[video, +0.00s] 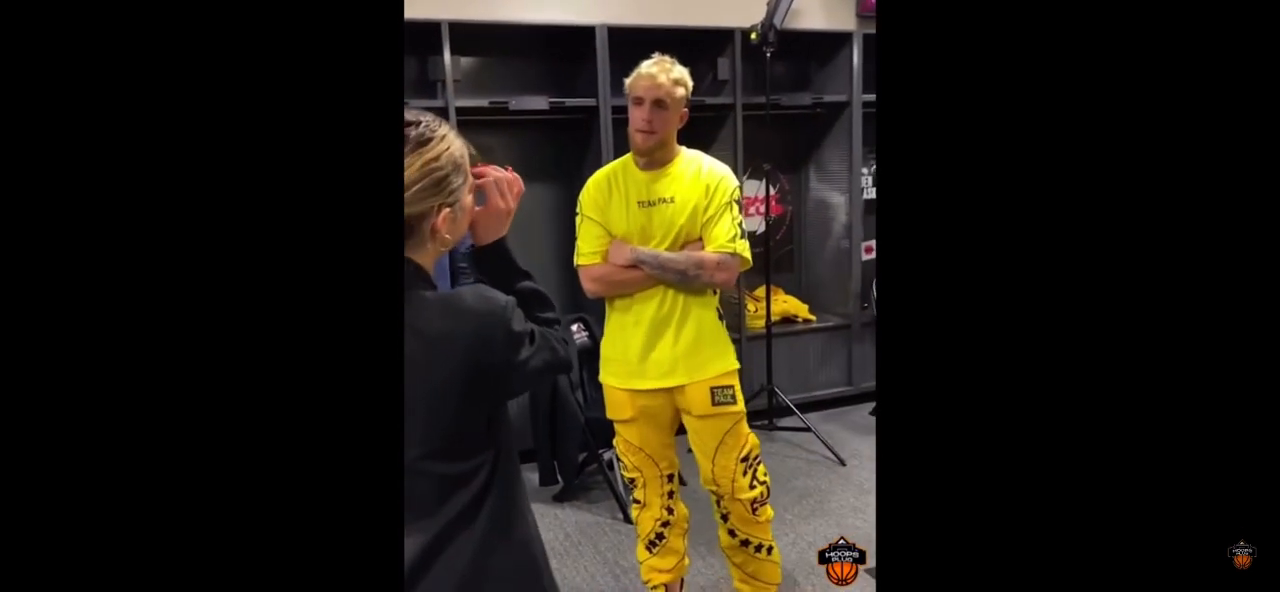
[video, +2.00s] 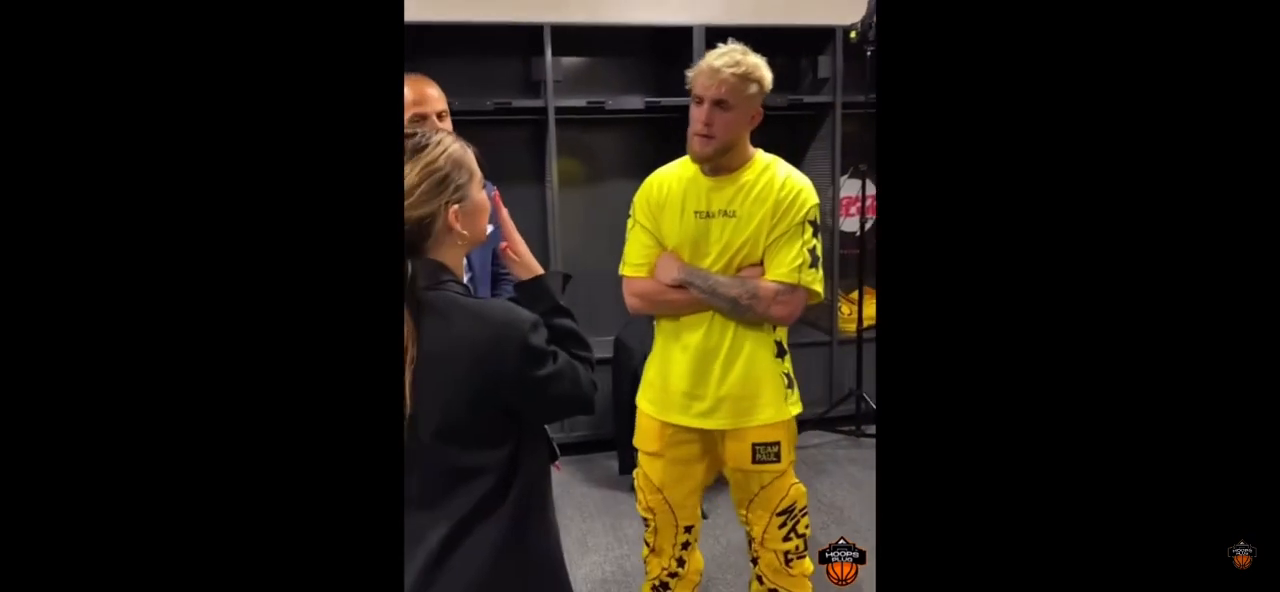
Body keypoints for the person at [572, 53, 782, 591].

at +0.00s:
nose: (645, 117)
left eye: (659, 106)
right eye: (637, 104)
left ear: (682, 116)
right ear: (626, 110)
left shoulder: (712, 177)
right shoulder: (600, 187)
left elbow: (726, 269)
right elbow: (593, 281)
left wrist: (634, 254)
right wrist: (681, 265)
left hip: (703, 360)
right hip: (628, 368)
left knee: (738, 491)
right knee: (651, 501)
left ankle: (759, 583)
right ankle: (662, 583)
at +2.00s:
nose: (701, 118)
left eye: (720, 106)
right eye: (696, 102)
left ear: (755, 117)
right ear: (687, 105)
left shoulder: (789, 191)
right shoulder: (657, 188)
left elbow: (785, 305)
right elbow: (637, 297)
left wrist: (683, 273)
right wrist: (741, 287)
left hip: (757, 401)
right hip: (668, 399)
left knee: (780, 556)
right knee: (665, 558)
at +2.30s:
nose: (684, 117)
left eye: (702, 103)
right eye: (677, 100)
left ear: (733, 112)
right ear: (667, 103)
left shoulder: (768, 186)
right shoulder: (637, 189)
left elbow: (777, 294)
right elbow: (623, 295)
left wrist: (669, 267)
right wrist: (728, 281)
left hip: (744, 392)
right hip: (656, 395)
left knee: (787, 548)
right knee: (677, 552)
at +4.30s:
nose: (723, 88)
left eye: (739, 75)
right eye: (715, 75)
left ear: (770, 84)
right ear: (705, 82)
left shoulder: (809, 156)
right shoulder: (681, 170)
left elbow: (815, 262)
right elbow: (666, 273)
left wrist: (706, 242)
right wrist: (766, 256)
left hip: (791, 370)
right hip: (704, 374)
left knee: (825, 520)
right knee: (726, 524)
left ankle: (841, 584)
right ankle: (732, 585)